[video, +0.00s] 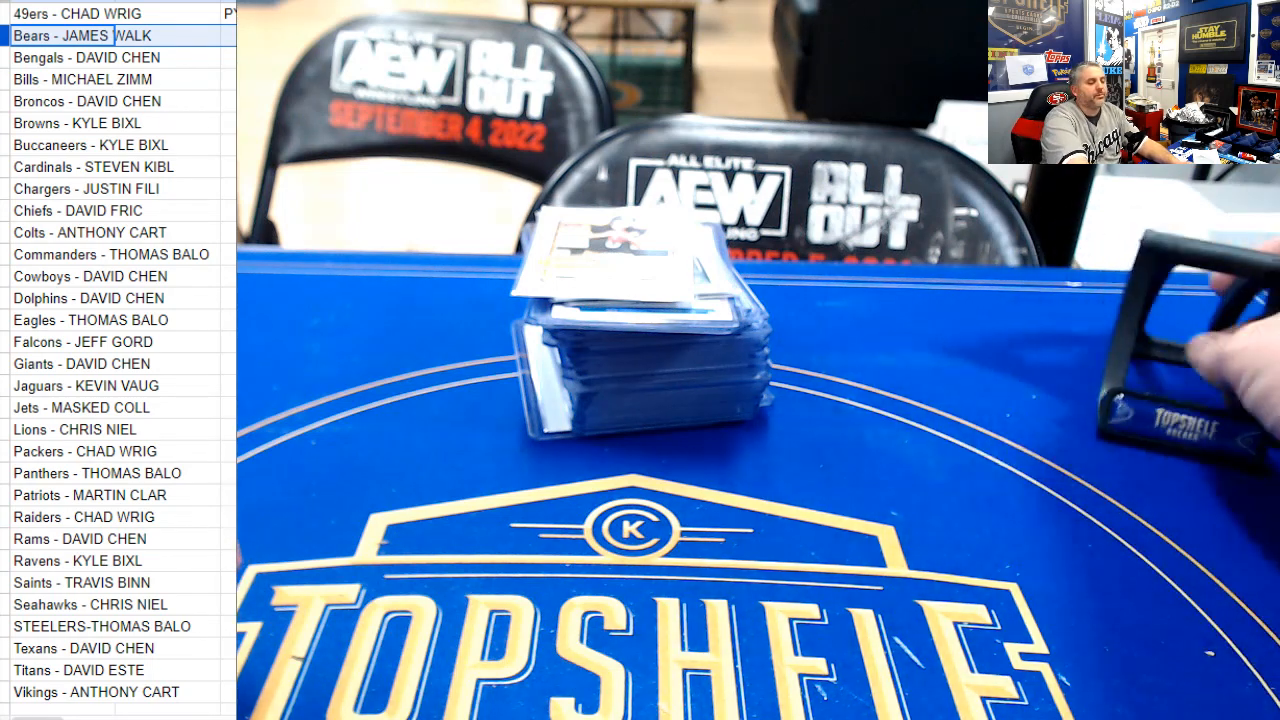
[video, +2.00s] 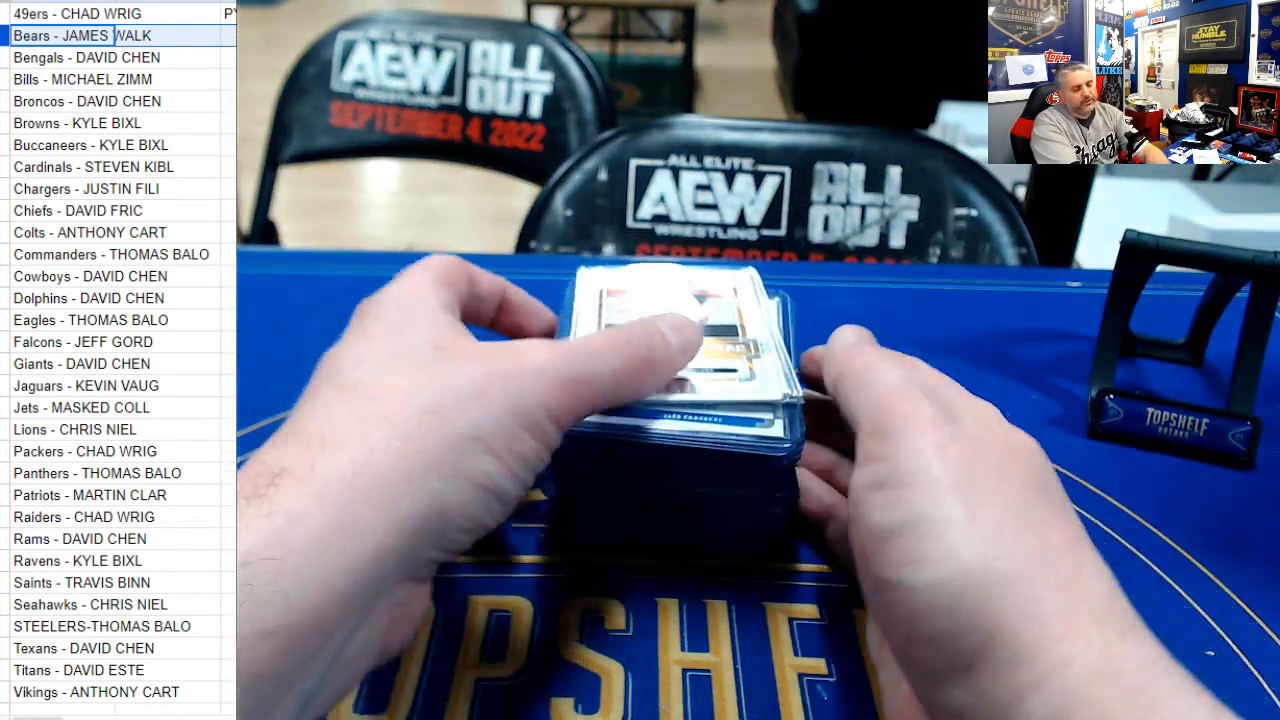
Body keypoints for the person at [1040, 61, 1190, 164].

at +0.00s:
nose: (1100, 87)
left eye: (1103, 81)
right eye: (1091, 82)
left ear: (1106, 85)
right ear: (1075, 90)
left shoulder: (1113, 112)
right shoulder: (1060, 118)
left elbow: (1146, 146)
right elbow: (1077, 166)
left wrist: (1178, 164)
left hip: (1115, 184)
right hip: (1078, 191)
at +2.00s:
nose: (1086, 93)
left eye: (1089, 84)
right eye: (1077, 89)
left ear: (1096, 85)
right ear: (1061, 95)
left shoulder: (1111, 114)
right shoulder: (1047, 123)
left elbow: (1147, 150)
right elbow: (1067, 177)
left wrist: (1171, 179)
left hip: (1116, 190)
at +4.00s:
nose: (1080, 93)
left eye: (1082, 85)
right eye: (1069, 90)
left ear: (1088, 85)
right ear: (1053, 97)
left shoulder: (1104, 114)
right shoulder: (1042, 123)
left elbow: (1146, 149)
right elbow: (1062, 174)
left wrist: (1184, 167)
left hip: (1113, 188)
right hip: (1070, 197)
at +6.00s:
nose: (1085, 94)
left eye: (1087, 86)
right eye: (1074, 90)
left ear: (1091, 85)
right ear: (1057, 95)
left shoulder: (1106, 114)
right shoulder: (1043, 122)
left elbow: (1145, 149)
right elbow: (1062, 176)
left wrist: (1178, 161)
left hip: (1114, 186)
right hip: (1072, 197)